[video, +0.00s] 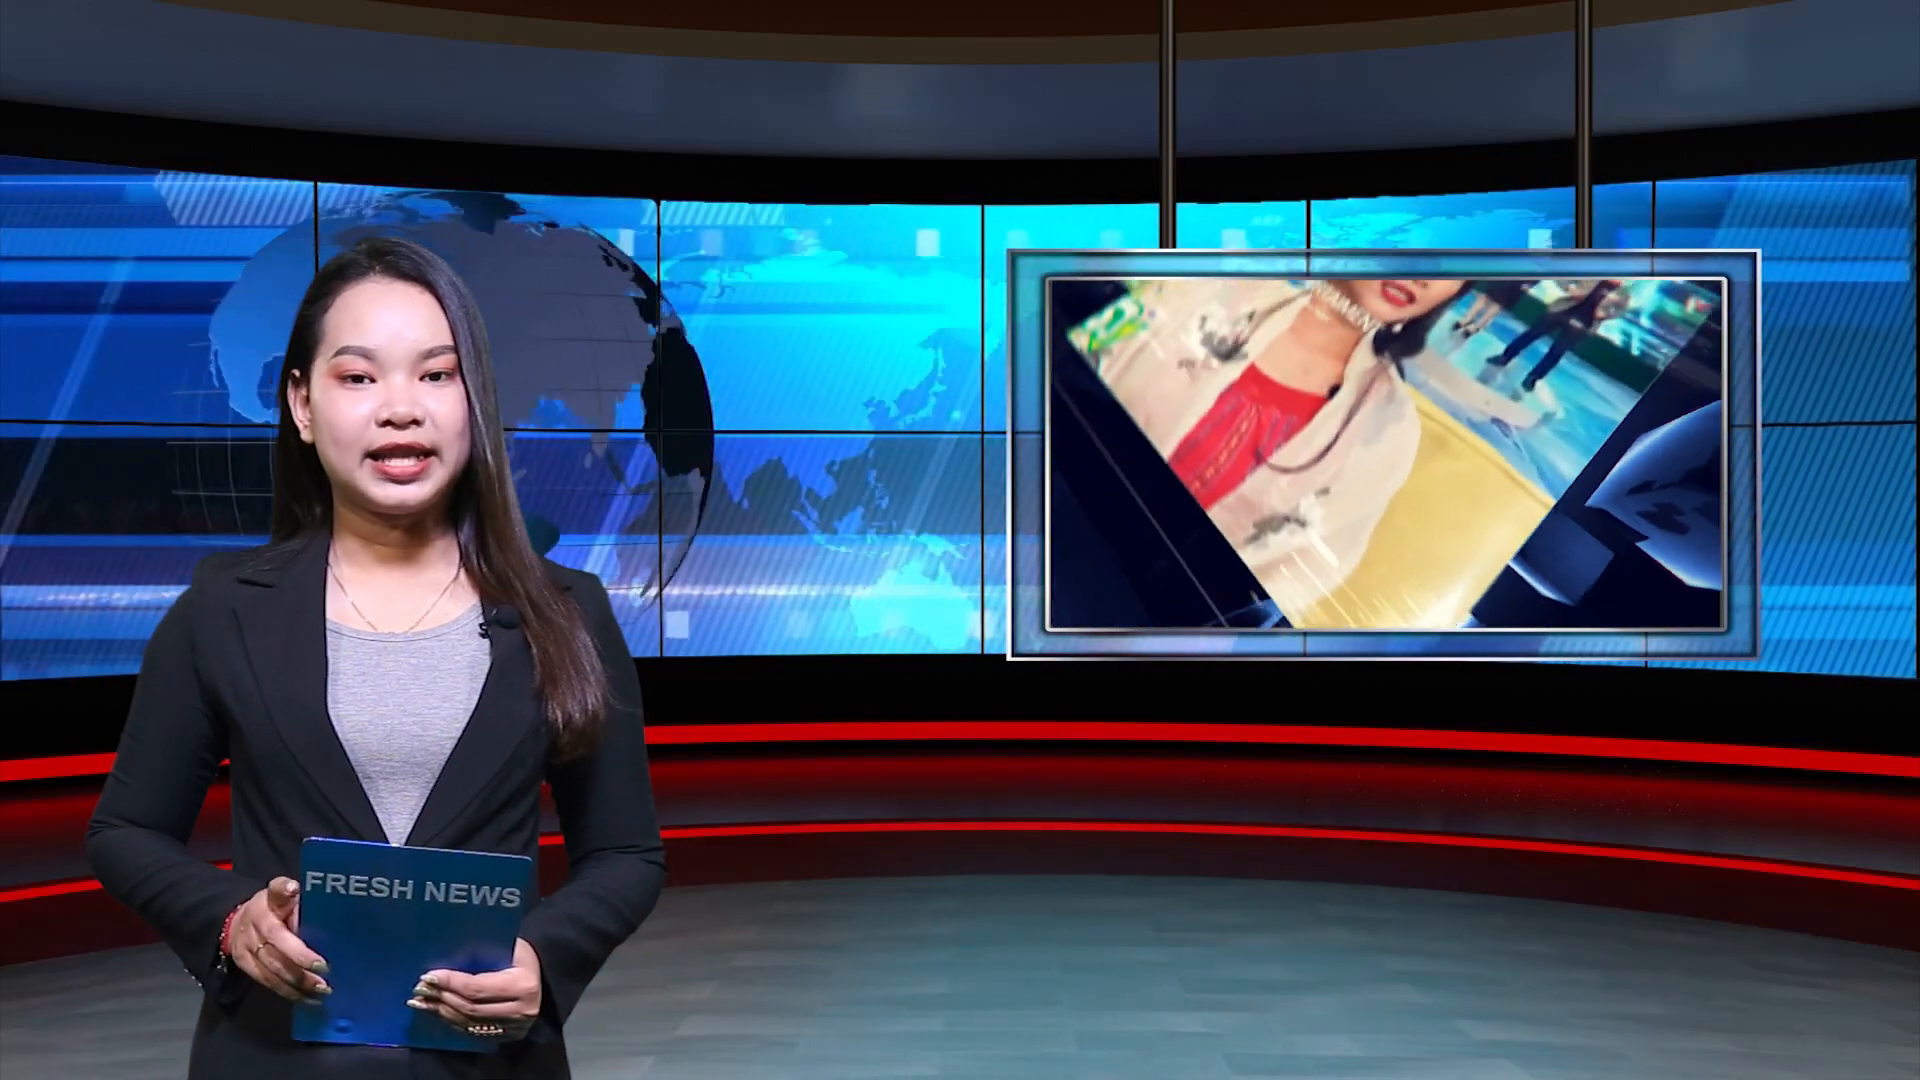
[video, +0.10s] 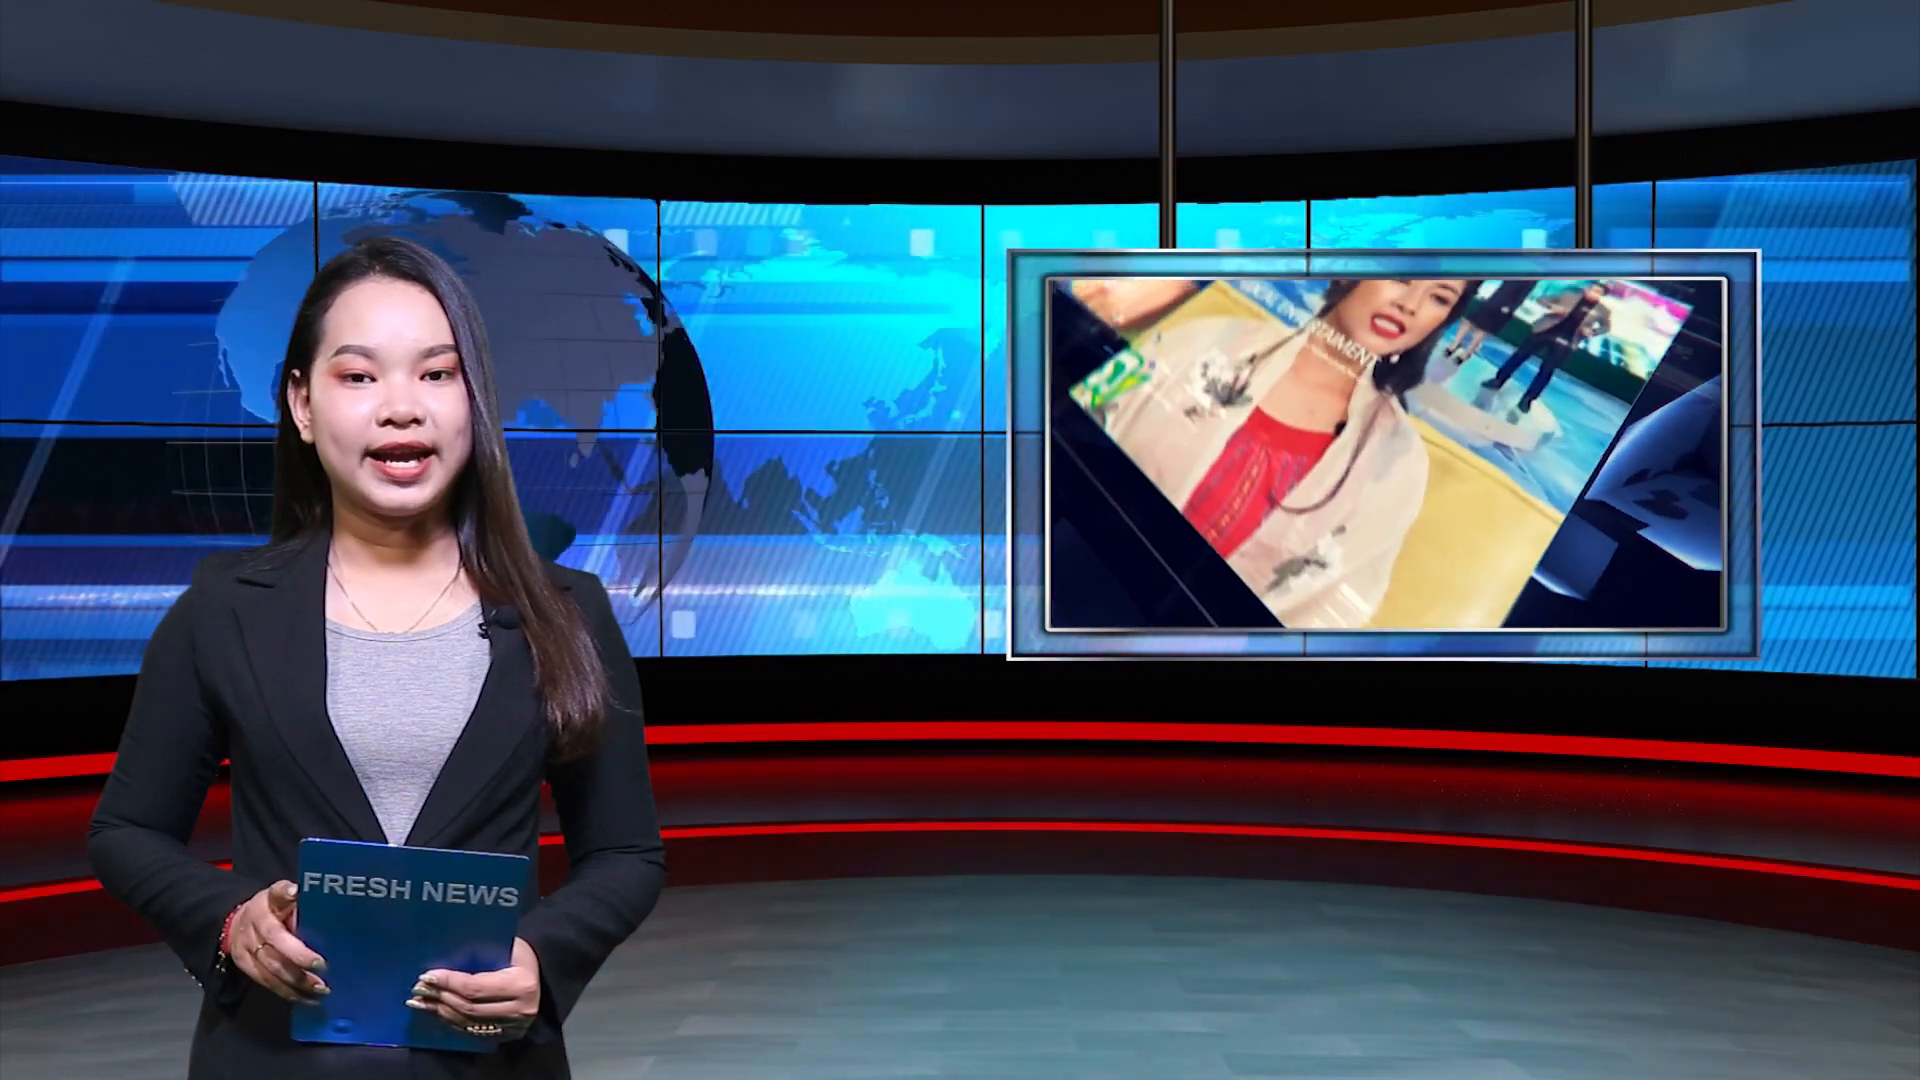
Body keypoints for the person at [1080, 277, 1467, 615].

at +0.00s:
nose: (1425, 269)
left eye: (1454, 264)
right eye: (1419, 226)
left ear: (1459, 293)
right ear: (1368, 206)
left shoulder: (1389, 426)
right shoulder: (1214, 275)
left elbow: (1314, 567)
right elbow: (1071, 366)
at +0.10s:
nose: (1410, 304)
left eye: (1440, 298)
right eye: (1401, 273)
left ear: (1446, 321)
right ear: (1352, 261)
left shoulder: (1398, 464)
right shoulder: (1205, 344)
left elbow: (1336, 617)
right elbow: (1076, 445)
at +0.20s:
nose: (1406, 322)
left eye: (1434, 314)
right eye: (1395, 295)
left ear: (1440, 339)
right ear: (1348, 290)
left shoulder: (1407, 480)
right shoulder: (1213, 371)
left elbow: (1363, 629)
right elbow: (1089, 474)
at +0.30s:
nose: (1404, 339)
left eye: (1429, 331)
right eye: (1389, 317)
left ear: (1439, 361)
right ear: (1345, 321)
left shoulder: (1426, 504)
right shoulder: (1217, 406)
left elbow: (1393, 652)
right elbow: (1107, 526)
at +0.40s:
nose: (1404, 348)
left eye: (1430, 339)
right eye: (1390, 327)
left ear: (1442, 370)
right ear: (1348, 338)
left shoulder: (1439, 517)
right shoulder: (1229, 423)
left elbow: (1414, 666)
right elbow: (1115, 533)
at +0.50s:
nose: (1409, 364)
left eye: (1434, 352)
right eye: (1393, 342)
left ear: (1450, 380)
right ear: (1353, 353)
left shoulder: (1462, 528)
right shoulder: (1243, 448)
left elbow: (1458, 670)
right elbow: (1132, 571)